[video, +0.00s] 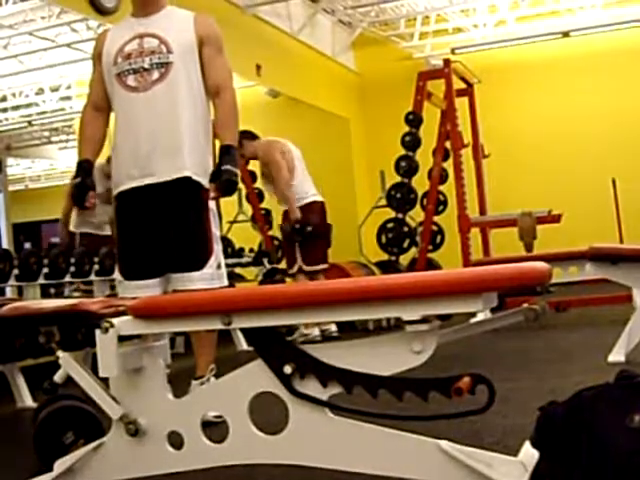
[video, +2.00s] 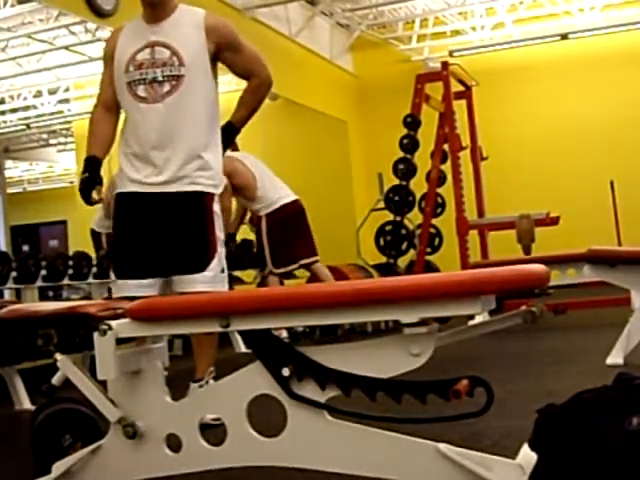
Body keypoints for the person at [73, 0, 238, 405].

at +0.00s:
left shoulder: (199, 27)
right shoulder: (107, 40)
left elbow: (222, 92)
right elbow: (97, 108)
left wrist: (229, 155)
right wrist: (84, 169)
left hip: (187, 174)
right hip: (132, 181)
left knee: (199, 287)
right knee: (141, 294)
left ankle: (205, 381)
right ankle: (150, 387)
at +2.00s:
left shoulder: (209, 29)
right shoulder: (119, 39)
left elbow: (261, 78)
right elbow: (106, 106)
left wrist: (232, 129)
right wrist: (93, 161)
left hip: (193, 179)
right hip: (135, 182)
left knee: (201, 294)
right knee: (135, 297)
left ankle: (203, 383)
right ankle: (143, 387)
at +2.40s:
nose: (92, 10)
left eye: (96, 4)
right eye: (89, 8)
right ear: (98, 2)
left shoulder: (182, 26)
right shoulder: (93, 41)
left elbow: (240, 73)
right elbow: (83, 112)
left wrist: (211, 128)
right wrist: (71, 175)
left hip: (174, 187)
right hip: (113, 191)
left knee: (191, 302)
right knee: (99, 308)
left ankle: (202, 391)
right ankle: (96, 400)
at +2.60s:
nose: (83, 7)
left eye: (93, 2)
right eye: (81, 2)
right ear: (76, 1)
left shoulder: (150, 26)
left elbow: (211, 78)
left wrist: (190, 129)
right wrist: (190, 129)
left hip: (146, 186)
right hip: (86, 191)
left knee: (174, 296)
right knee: (86, 308)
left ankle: (199, 386)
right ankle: (90, 399)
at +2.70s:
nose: (73, 9)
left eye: (78, 4)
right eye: (73, 5)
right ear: (74, 5)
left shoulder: (138, 28)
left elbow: (196, 79)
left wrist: (179, 134)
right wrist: (180, 132)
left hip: (134, 184)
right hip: (82, 189)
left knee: (161, 296)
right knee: (77, 306)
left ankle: (195, 382)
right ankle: (86, 397)